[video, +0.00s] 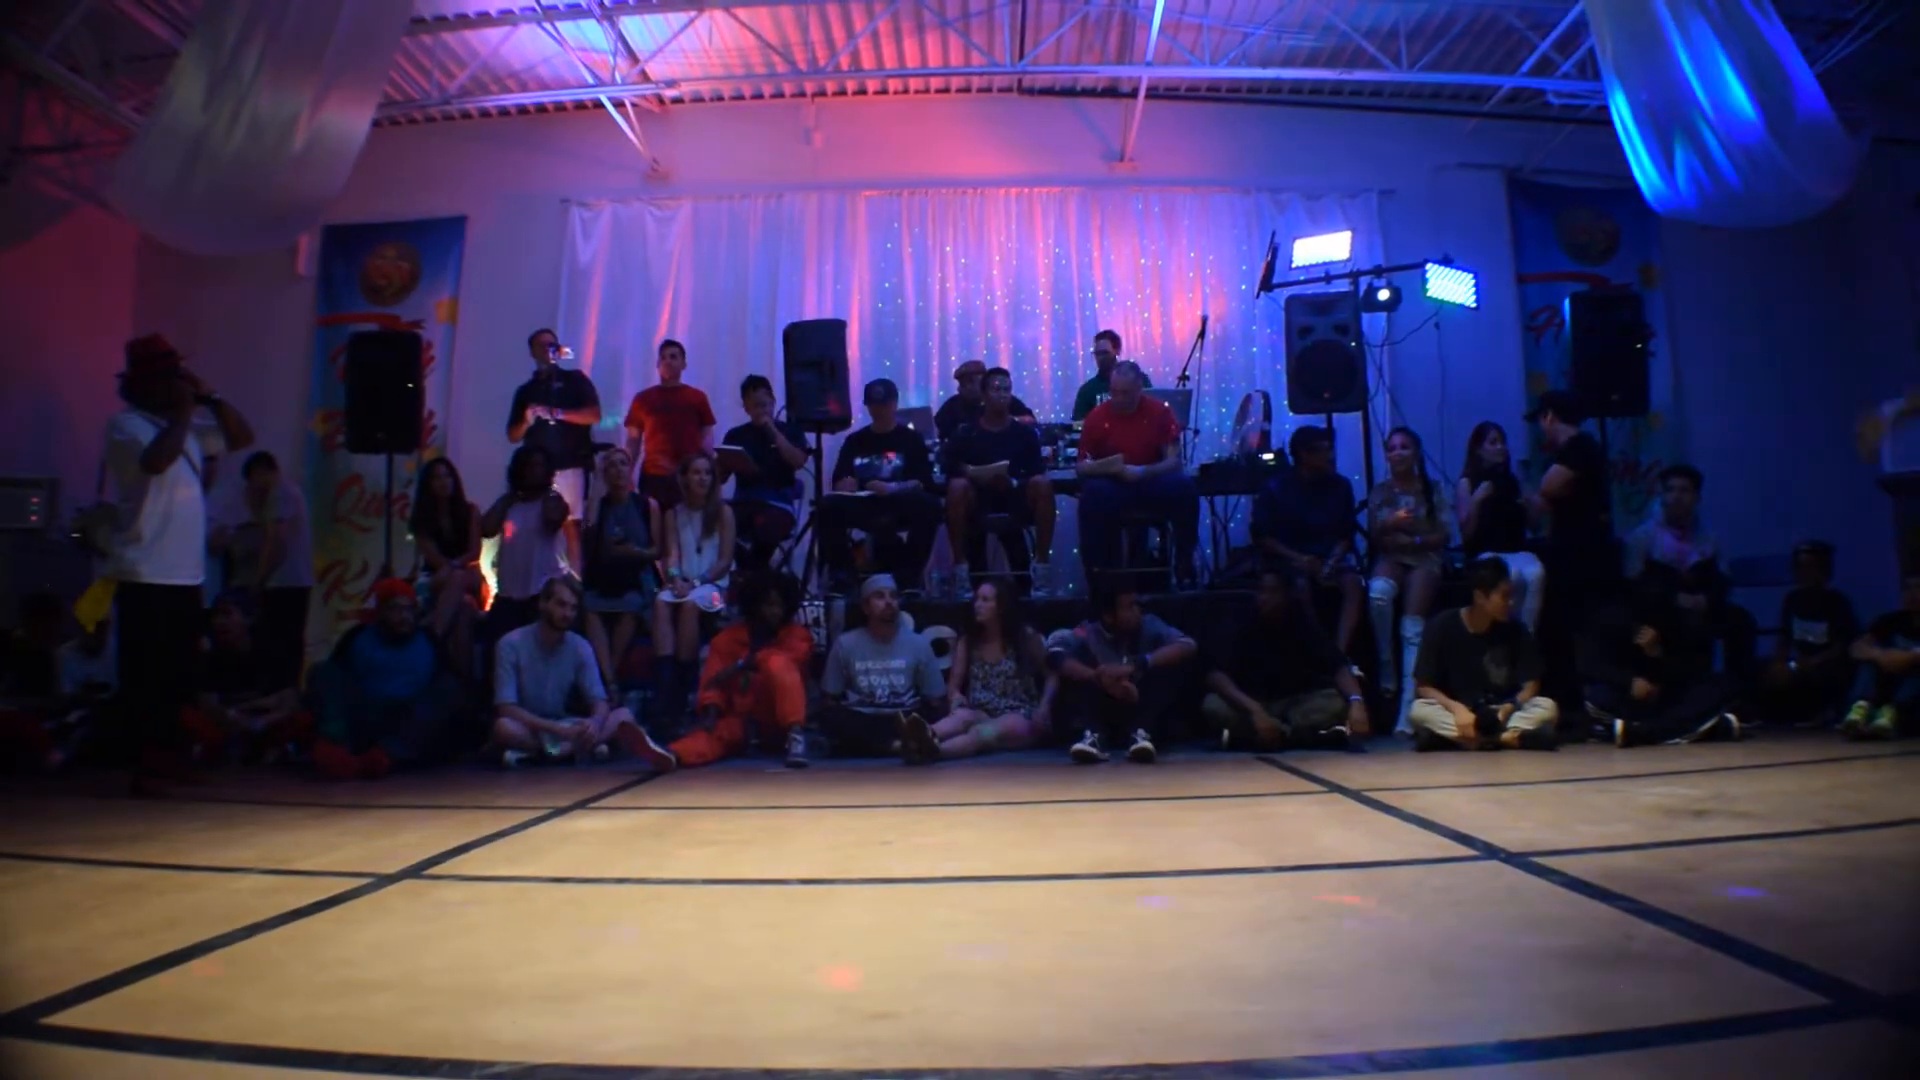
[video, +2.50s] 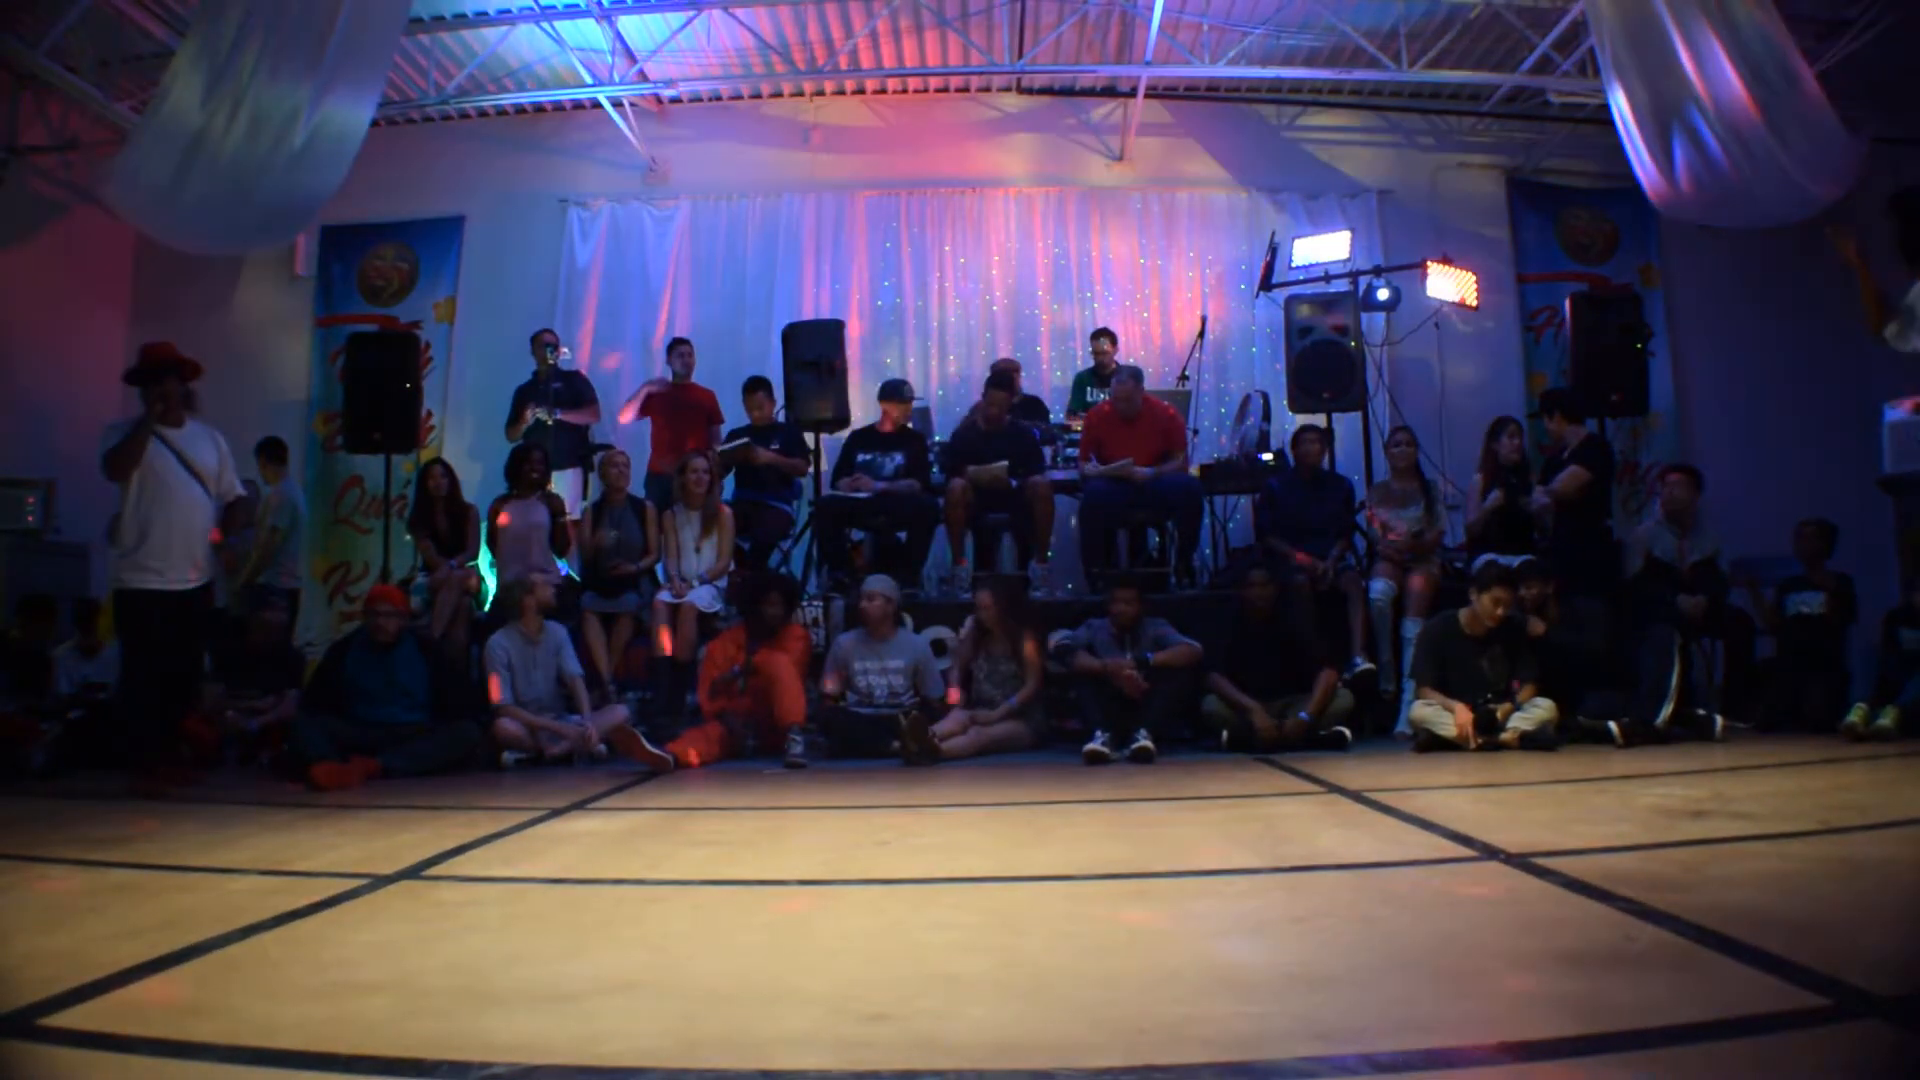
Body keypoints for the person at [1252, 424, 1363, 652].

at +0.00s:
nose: (1329, 456)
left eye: (1330, 450)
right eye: (1322, 450)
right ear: (1303, 454)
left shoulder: (1340, 486)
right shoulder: (1278, 487)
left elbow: (1348, 533)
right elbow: (1262, 536)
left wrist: (1333, 560)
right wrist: (1300, 560)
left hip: (1330, 557)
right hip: (1292, 558)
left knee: (1353, 583)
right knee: (1299, 585)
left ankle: (1340, 657)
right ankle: (1311, 656)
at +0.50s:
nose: (1322, 455)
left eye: (1323, 449)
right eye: (1315, 450)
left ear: (1326, 453)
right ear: (1297, 453)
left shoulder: (1336, 487)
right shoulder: (1276, 487)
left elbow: (1346, 534)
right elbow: (1263, 539)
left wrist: (1330, 558)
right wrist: (1299, 560)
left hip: (1327, 558)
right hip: (1290, 559)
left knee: (1353, 584)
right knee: (1299, 585)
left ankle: (1342, 655)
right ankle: (1308, 654)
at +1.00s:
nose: (1317, 453)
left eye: (1321, 447)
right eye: (1311, 447)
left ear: (1327, 452)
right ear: (1299, 451)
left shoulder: (1340, 488)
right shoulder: (1281, 486)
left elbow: (1349, 533)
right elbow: (1267, 535)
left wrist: (1331, 559)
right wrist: (1303, 560)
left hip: (1330, 557)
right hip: (1295, 558)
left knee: (1354, 584)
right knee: (1301, 585)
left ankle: (1344, 655)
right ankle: (1309, 655)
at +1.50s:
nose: (1321, 460)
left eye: (1325, 454)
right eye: (1315, 453)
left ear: (1330, 456)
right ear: (1302, 454)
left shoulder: (1339, 488)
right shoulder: (1282, 487)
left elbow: (1351, 533)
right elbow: (1269, 534)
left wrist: (1332, 558)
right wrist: (1305, 560)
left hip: (1331, 558)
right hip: (1296, 558)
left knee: (1353, 583)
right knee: (1300, 584)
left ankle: (1342, 653)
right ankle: (1314, 656)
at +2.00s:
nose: (1323, 455)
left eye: (1325, 449)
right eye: (1316, 449)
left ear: (1330, 453)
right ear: (1300, 454)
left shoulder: (1339, 488)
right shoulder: (1280, 487)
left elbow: (1347, 535)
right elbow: (1270, 538)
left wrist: (1332, 558)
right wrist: (1309, 561)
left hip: (1330, 557)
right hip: (1294, 557)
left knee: (1354, 580)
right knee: (1301, 584)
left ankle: (1351, 648)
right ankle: (1312, 654)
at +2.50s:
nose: (1310, 449)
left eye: (1316, 443)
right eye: (1304, 444)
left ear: (1324, 449)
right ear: (1294, 450)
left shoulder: (1340, 485)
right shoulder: (1278, 485)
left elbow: (1346, 532)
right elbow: (1267, 535)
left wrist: (1331, 561)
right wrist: (1301, 559)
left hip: (1330, 558)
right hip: (1294, 558)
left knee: (1354, 583)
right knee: (1299, 585)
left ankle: (1357, 655)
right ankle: (1310, 662)